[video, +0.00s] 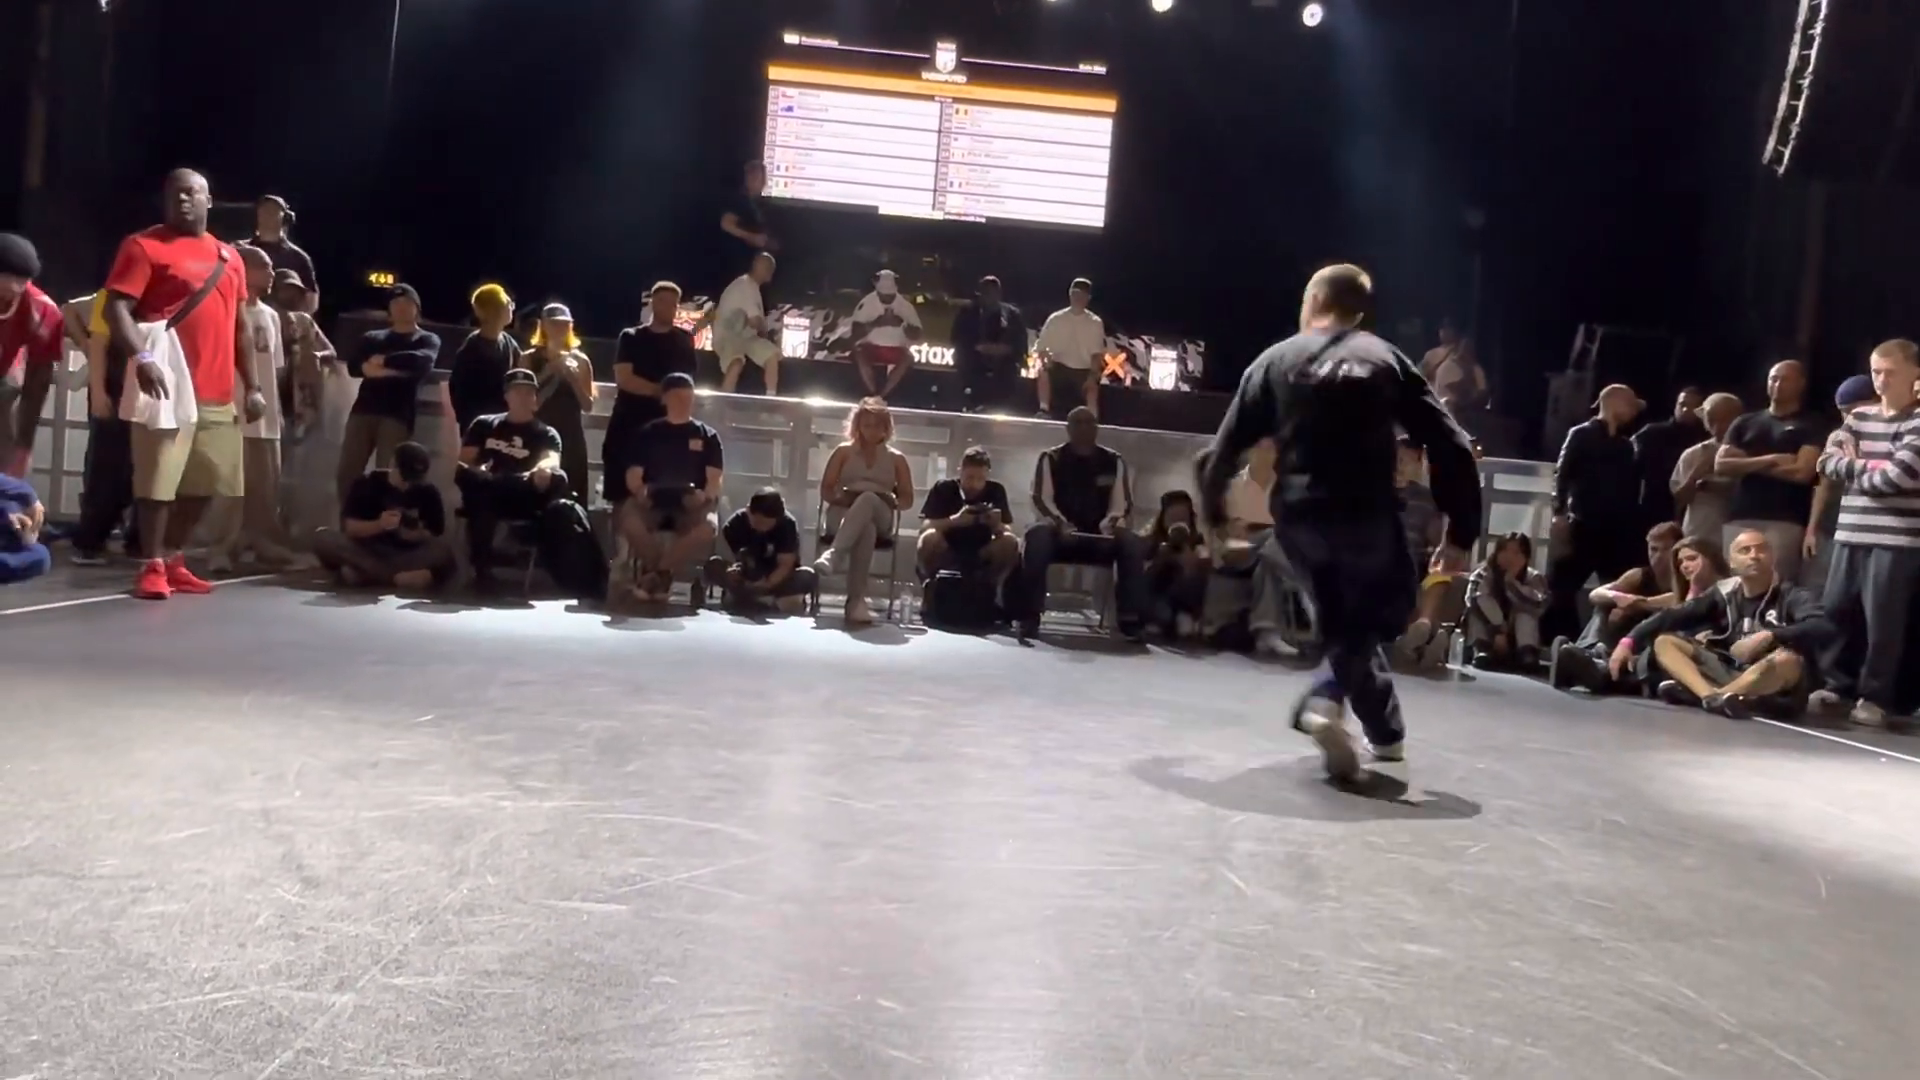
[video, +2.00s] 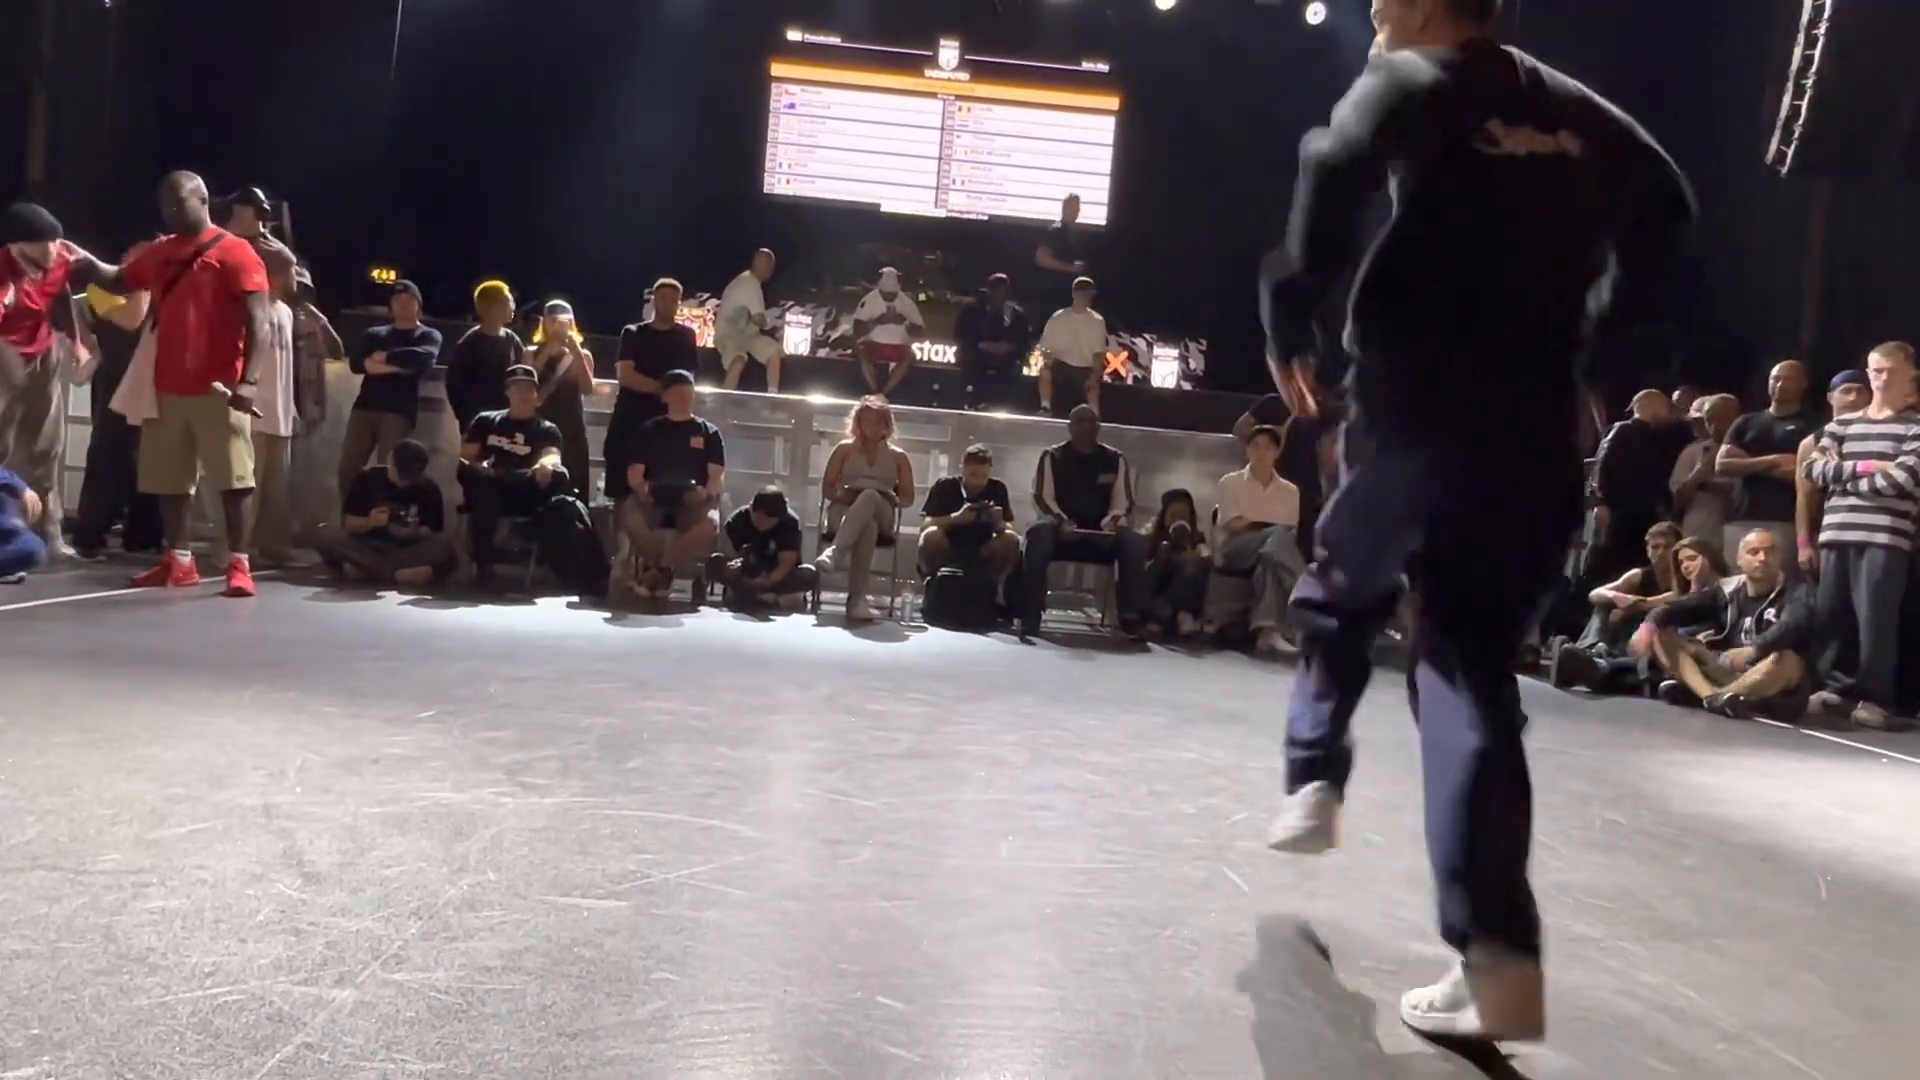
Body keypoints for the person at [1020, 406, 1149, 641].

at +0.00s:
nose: (1084, 430)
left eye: (1089, 424)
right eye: (1078, 424)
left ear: (1097, 428)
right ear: (1067, 428)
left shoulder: (1114, 461)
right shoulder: (1050, 459)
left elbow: (1121, 503)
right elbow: (1041, 499)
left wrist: (1112, 520)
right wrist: (1060, 523)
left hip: (1100, 538)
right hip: (1065, 536)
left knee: (1131, 543)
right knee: (1037, 536)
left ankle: (1131, 621)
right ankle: (1030, 618)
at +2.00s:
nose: (1086, 427)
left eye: (1091, 422)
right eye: (1079, 422)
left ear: (1099, 426)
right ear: (1069, 426)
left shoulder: (1115, 459)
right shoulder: (1052, 456)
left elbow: (1122, 501)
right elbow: (1044, 497)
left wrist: (1113, 519)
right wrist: (1060, 520)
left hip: (1100, 536)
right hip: (1066, 534)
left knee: (1131, 540)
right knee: (1039, 533)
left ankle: (1130, 618)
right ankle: (1030, 619)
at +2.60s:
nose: (1088, 429)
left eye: (1093, 423)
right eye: (1082, 423)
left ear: (1102, 428)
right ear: (1072, 428)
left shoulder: (1119, 462)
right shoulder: (1056, 454)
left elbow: (1123, 502)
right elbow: (1037, 495)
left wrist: (1115, 519)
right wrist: (1054, 463)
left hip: (1099, 535)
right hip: (1062, 533)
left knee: (1132, 541)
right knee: (1042, 534)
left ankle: (1132, 619)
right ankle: (1032, 619)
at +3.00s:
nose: (1086, 430)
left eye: (1092, 424)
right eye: (1080, 425)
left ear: (1101, 430)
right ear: (1072, 430)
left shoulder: (1120, 463)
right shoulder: (1061, 455)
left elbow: (1124, 504)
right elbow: (1036, 464)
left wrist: (1115, 520)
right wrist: (1058, 429)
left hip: (1099, 535)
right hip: (1062, 532)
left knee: (1131, 543)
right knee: (1043, 537)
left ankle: (1131, 622)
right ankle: (1031, 621)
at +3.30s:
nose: (1083, 431)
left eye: (1089, 426)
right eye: (1077, 426)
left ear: (1098, 431)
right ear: (1070, 431)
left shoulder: (1117, 465)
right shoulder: (1058, 456)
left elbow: (1120, 507)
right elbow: (1034, 465)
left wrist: (1110, 524)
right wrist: (1054, 432)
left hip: (1096, 537)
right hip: (1059, 535)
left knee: (1129, 544)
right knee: (1039, 537)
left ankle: (1128, 623)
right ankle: (1029, 622)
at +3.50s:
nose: (1082, 433)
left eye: (1087, 426)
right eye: (1077, 427)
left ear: (1097, 430)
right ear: (1068, 430)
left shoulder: (1114, 465)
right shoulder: (1054, 457)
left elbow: (1117, 506)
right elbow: (1030, 486)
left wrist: (1106, 523)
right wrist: (1045, 453)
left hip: (1092, 537)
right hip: (1056, 535)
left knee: (1124, 542)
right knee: (1036, 537)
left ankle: (1124, 621)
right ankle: (1025, 621)